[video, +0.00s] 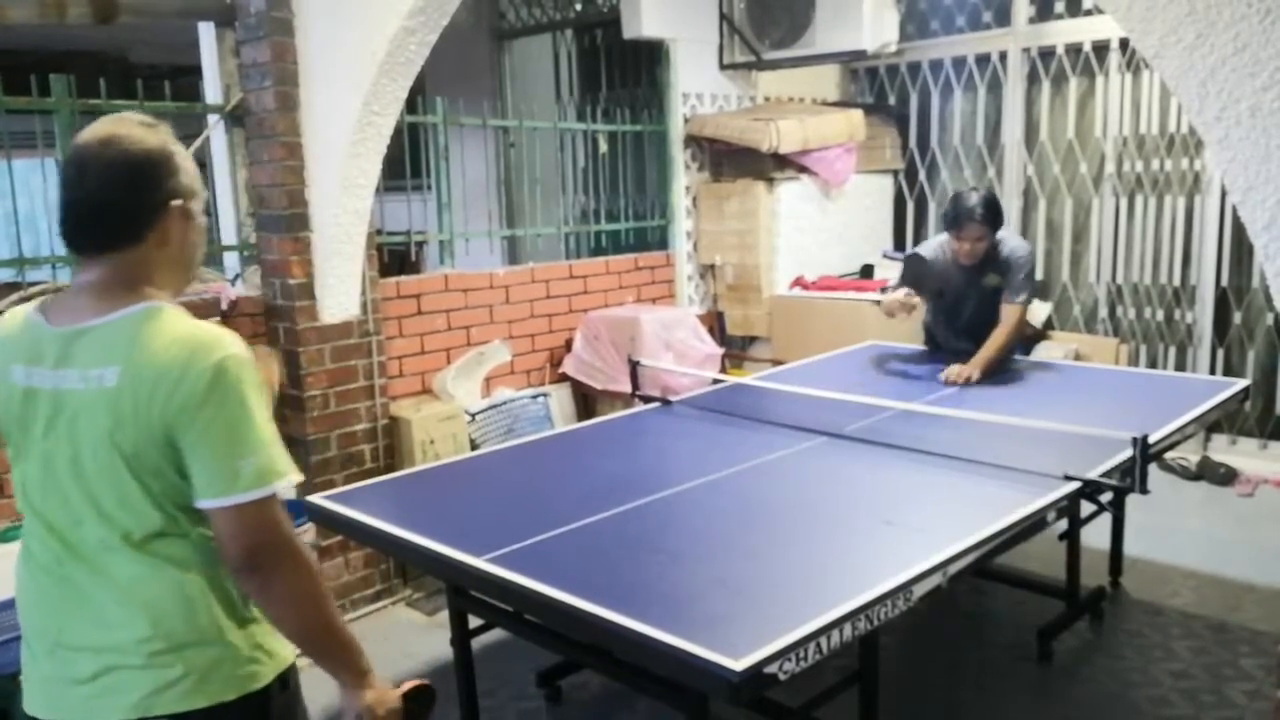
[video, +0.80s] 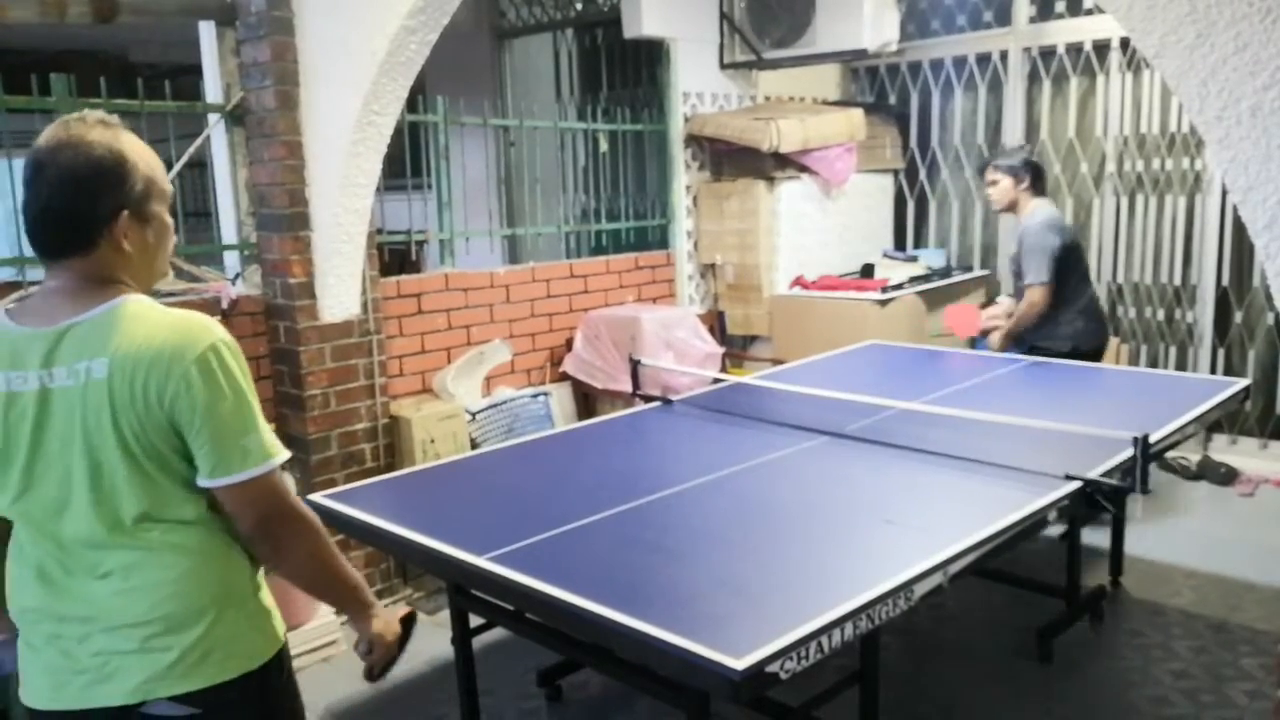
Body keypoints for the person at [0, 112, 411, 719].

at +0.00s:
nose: (202, 230)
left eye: (203, 212)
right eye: (201, 212)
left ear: (75, 219)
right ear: (175, 219)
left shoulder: (15, 340)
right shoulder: (201, 356)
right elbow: (256, 551)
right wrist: (359, 678)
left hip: (56, 682)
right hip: (198, 686)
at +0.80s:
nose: (175, 229)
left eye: (172, 211)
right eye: (166, 211)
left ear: (44, 225)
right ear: (124, 230)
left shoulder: (8, 335)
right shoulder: (182, 343)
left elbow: (13, 515)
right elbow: (265, 517)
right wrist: (363, 608)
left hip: (54, 673)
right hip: (198, 669)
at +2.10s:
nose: (377, 283)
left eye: (378, 263)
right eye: (372, 264)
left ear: (269, 252)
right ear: (322, 269)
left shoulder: (142, 311)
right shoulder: (340, 394)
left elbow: (78, 466)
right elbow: (408, 545)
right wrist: (536, 522)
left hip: (79, 669)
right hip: (231, 681)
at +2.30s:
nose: (436, 303)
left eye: (439, 288)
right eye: (434, 291)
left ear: (312, 264)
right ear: (390, 301)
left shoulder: (187, 308)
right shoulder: (407, 404)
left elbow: (92, 459)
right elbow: (501, 469)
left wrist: (104, 550)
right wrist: (584, 457)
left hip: (80, 662)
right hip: (234, 684)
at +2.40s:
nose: (434, 293)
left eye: (436, 278)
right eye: (431, 280)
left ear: (309, 261)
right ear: (391, 294)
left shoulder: (184, 311)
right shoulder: (407, 404)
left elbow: (84, 469)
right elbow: (478, 486)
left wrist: (92, 587)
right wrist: (556, 459)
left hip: (86, 663)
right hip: (244, 686)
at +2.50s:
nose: (413, 286)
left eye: (414, 269)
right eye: (409, 270)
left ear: (288, 260)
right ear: (370, 283)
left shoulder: (164, 316)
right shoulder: (388, 402)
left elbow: (70, 482)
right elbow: (447, 519)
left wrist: (86, 595)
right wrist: (516, 484)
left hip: (83, 662)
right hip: (242, 680)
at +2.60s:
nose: (377, 281)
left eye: (378, 261)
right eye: (372, 263)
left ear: (253, 254)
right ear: (327, 276)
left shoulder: (131, 325)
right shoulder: (354, 399)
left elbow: (52, 488)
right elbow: (393, 550)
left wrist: (79, 597)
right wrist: (476, 510)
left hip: (67, 673)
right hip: (222, 684)